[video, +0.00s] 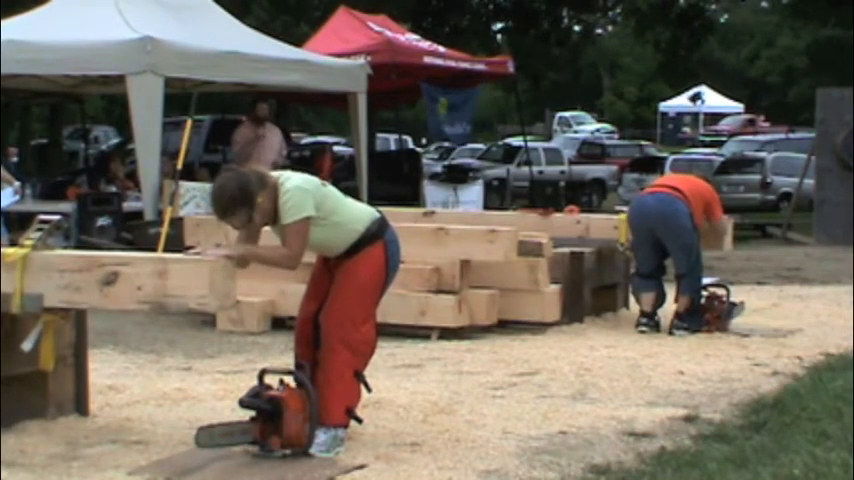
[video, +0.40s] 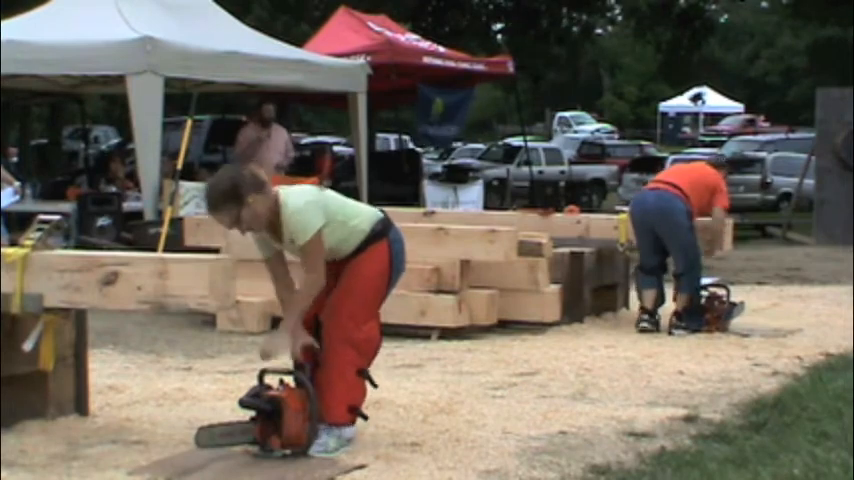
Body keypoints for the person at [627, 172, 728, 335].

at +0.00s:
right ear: (710, 186)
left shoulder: (673, 179)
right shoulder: (708, 190)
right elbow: (718, 225)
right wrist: (725, 224)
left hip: (640, 204)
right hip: (673, 206)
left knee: (646, 270)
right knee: (688, 269)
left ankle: (646, 316)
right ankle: (682, 318)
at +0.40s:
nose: (724, 178)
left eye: (725, 175)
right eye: (725, 175)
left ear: (707, 164)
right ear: (721, 171)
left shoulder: (682, 168)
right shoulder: (717, 180)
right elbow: (718, 218)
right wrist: (713, 247)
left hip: (641, 200)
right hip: (671, 203)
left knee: (649, 264)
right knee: (688, 264)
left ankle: (646, 314)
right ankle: (680, 316)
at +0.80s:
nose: (731, 190)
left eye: (733, 187)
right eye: (732, 185)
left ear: (718, 172)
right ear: (728, 179)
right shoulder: (718, 182)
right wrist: (714, 245)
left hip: (643, 213)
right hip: (659, 218)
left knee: (675, 266)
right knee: (696, 265)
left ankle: (666, 311)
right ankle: (688, 315)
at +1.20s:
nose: (725, 159)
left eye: (727, 154)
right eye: (725, 153)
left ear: (713, 146)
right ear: (717, 150)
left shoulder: (698, 157)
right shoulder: (693, 165)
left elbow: (700, 192)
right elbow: (675, 201)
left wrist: (710, 218)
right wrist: (685, 237)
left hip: (660, 204)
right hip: (649, 203)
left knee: (669, 260)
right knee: (664, 261)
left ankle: (670, 316)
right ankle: (663, 319)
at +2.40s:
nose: (725, 207)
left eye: (728, 204)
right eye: (725, 201)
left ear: (716, 192)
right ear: (718, 193)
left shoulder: (699, 193)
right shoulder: (697, 200)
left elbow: (695, 240)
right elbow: (693, 251)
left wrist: (710, 263)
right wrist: (700, 288)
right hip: (641, 214)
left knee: (673, 269)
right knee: (674, 271)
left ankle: (664, 318)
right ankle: (665, 321)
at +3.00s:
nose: (730, 224)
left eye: (735, 222)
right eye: (733, 219)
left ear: (726, 206)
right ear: (727, 207)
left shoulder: (709, 201)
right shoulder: (707, 210)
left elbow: (698, 250)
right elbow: (695, 253)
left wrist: (706, 279)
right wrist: (699, 293)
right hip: (647, 206)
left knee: (669, 264)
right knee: (672, 265)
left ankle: (664, 318)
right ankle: (665, 321)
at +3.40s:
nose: (729, 212)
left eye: (733, 209)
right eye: (731, 206)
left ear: (722, 192)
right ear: (723, 194)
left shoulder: (701, 187)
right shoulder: (706, 194)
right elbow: (693, 241)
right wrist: (706, 279)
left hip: (636, 200)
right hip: (649, 208)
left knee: (656, 265)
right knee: (673, 265)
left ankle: (646, 313)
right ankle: (667, 320)